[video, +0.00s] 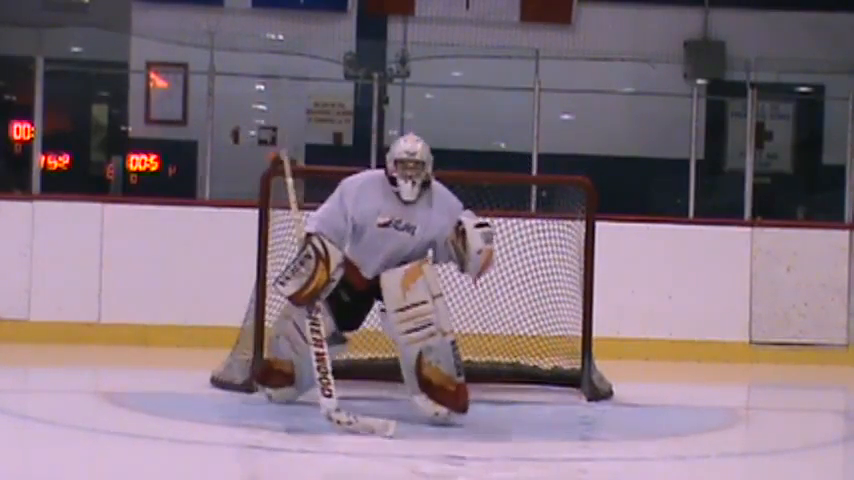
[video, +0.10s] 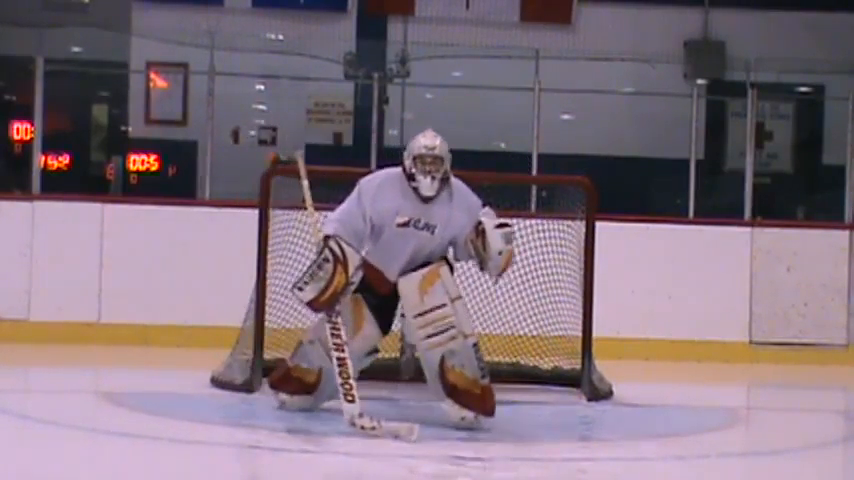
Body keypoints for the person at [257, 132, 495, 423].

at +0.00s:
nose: (410, 175)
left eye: (417, 169)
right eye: (403, 167)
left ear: (429, 170)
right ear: (390, 166)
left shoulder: (444, 206)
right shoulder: (359, 189)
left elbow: (461, 254)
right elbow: (324, 230)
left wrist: (474, 244)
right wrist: (310, 266)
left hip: (405, 278)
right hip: (354, 271)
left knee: (423, 328)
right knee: (321, 324)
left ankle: (441, 391)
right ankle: (282, 374)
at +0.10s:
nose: (429, 172)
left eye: (436, 164)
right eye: (422, 164)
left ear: (447, 166)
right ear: (408, 163)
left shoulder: (463, 202)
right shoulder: (377, 189)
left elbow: (481, 253)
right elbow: (343, 233)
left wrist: (492, 243)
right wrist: (330, 272)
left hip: (428, 279)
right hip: (376, 275)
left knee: (448, 334)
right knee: (348, 337)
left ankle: (466, 401)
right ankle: (299, 387)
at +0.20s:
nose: (441, 165)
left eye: (448, 158)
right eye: (435, 157)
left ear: (460, 160)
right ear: (421, 158)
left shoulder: (476, 197)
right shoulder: (390, 186)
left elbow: (504, 258)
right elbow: (356, 234)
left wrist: (508, 241)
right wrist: (340, 272)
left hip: (446, 278)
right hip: (391, 275)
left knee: (461, 338)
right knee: (351, 333)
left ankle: (487, 409)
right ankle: (309, 393)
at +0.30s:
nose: (449, 158)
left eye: (456, 151)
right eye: (442, 151)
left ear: (468, 153)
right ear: (428, 152)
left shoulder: (486, 191)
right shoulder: (397, 181)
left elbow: (511, 255)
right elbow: (365, 235)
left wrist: (515, 238)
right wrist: (344, 278)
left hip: (460, 276)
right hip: (402, 273)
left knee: (463, 343)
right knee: (357, 330)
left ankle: (500, 412)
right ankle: (320, 398)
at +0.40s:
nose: (451, 150)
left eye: (459, 143)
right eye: (444, 143)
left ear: (471, 147)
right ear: (432, 144)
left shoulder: (492, 186)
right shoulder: (402, 177)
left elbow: (516, 253)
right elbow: (368, 230)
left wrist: (517, 237)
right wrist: (346, 274)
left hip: (466, 273)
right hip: (408, 267)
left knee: (455, 341)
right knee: (367, 329)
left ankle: (498, 410)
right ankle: (329, 405)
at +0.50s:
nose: (452, 140)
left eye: (459, 134)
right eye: (445, 133)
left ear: (472, 137)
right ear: (434, 135)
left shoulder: (494, 176)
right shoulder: (403, 169)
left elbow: (521, 242)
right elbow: (369, 221)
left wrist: (513, 236)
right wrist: (348, 267)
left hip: (466, 271)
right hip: (407, 265)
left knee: (472, 344)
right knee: (379, 339)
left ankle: (500, 418)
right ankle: (349, 410)